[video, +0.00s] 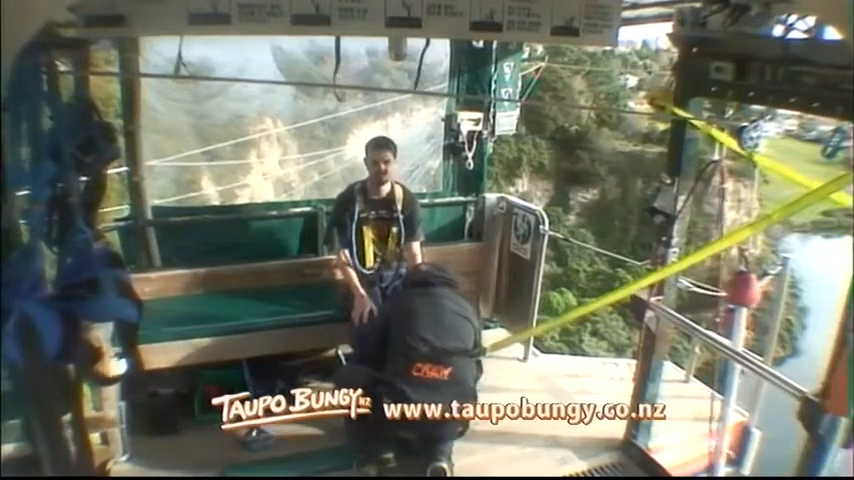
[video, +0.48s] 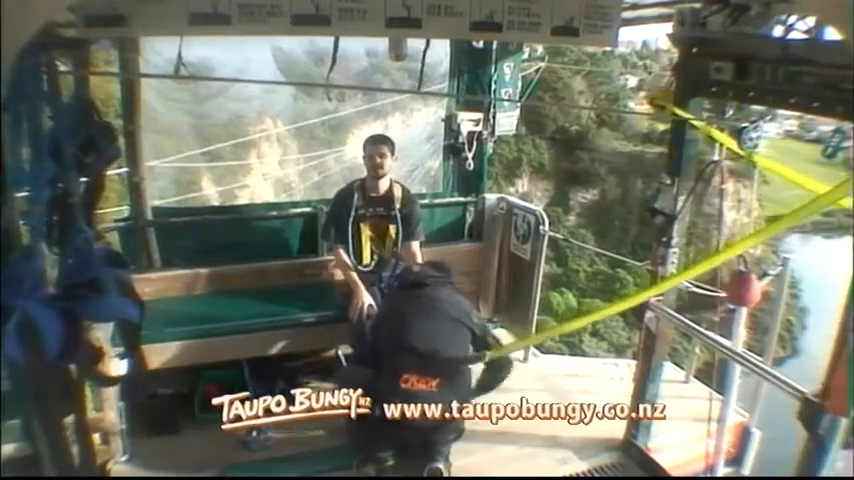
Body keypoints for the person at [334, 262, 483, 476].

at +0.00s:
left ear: (408, 283)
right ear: (448, 282)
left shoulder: (397, 303)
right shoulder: (467, 308)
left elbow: (368, 353)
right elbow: (476, 368)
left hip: (400, 411)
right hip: (455, 411)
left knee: (347, 376)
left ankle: (378, 451)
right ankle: (442, 456)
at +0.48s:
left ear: (414, 279)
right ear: (448, 282)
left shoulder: (393, 301)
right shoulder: (462, 306)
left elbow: (370, 355)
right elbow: (502, 361)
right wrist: (471, 395)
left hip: (393, 405)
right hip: (446, 406)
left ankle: (380, 452)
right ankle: (439, 459)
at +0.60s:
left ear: (413, 280)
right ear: (447, 284)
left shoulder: (387, 307)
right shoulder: (459, 308)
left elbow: (366, 358)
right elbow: (511, 351)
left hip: (391, 412)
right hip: (441, 414)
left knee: (350, 378)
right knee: (459, 376)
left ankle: (377, 452)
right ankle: (439, 459)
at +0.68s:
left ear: (407, 283)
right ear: (446, 284)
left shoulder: (388, 308)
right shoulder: (460, 309)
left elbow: (365, 358)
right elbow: (513, 350)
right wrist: (512, 409)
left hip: (391, 414)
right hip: (443, 415)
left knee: (350, 378)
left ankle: (376, 455)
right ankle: (438, 459)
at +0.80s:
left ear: (410, 280)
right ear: (444, 283)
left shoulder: (390, 304)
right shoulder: (457, 307)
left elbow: (366, 356)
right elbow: (499, 363)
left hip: (392, 408)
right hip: (444, 409)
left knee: (348, 378)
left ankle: (378, 453)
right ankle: (439, 458)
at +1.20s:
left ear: (403, 282)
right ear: (437, 283)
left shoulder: (386, 306)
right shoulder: (453, 306)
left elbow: (366, 359)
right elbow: (476, 362)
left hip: (394, 418)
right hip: (446, 419)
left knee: (345, 377)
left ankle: (377, 453)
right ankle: (442, 455)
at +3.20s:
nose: (389, 279)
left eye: (394, 274)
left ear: (400, 278)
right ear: (437, 278)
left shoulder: (390, 305)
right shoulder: (461, 313)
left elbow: (367, 362)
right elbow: (470, 375)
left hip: (400, 414)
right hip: (453, 417)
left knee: (341, 380)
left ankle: (377, 452)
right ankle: (440, 457)